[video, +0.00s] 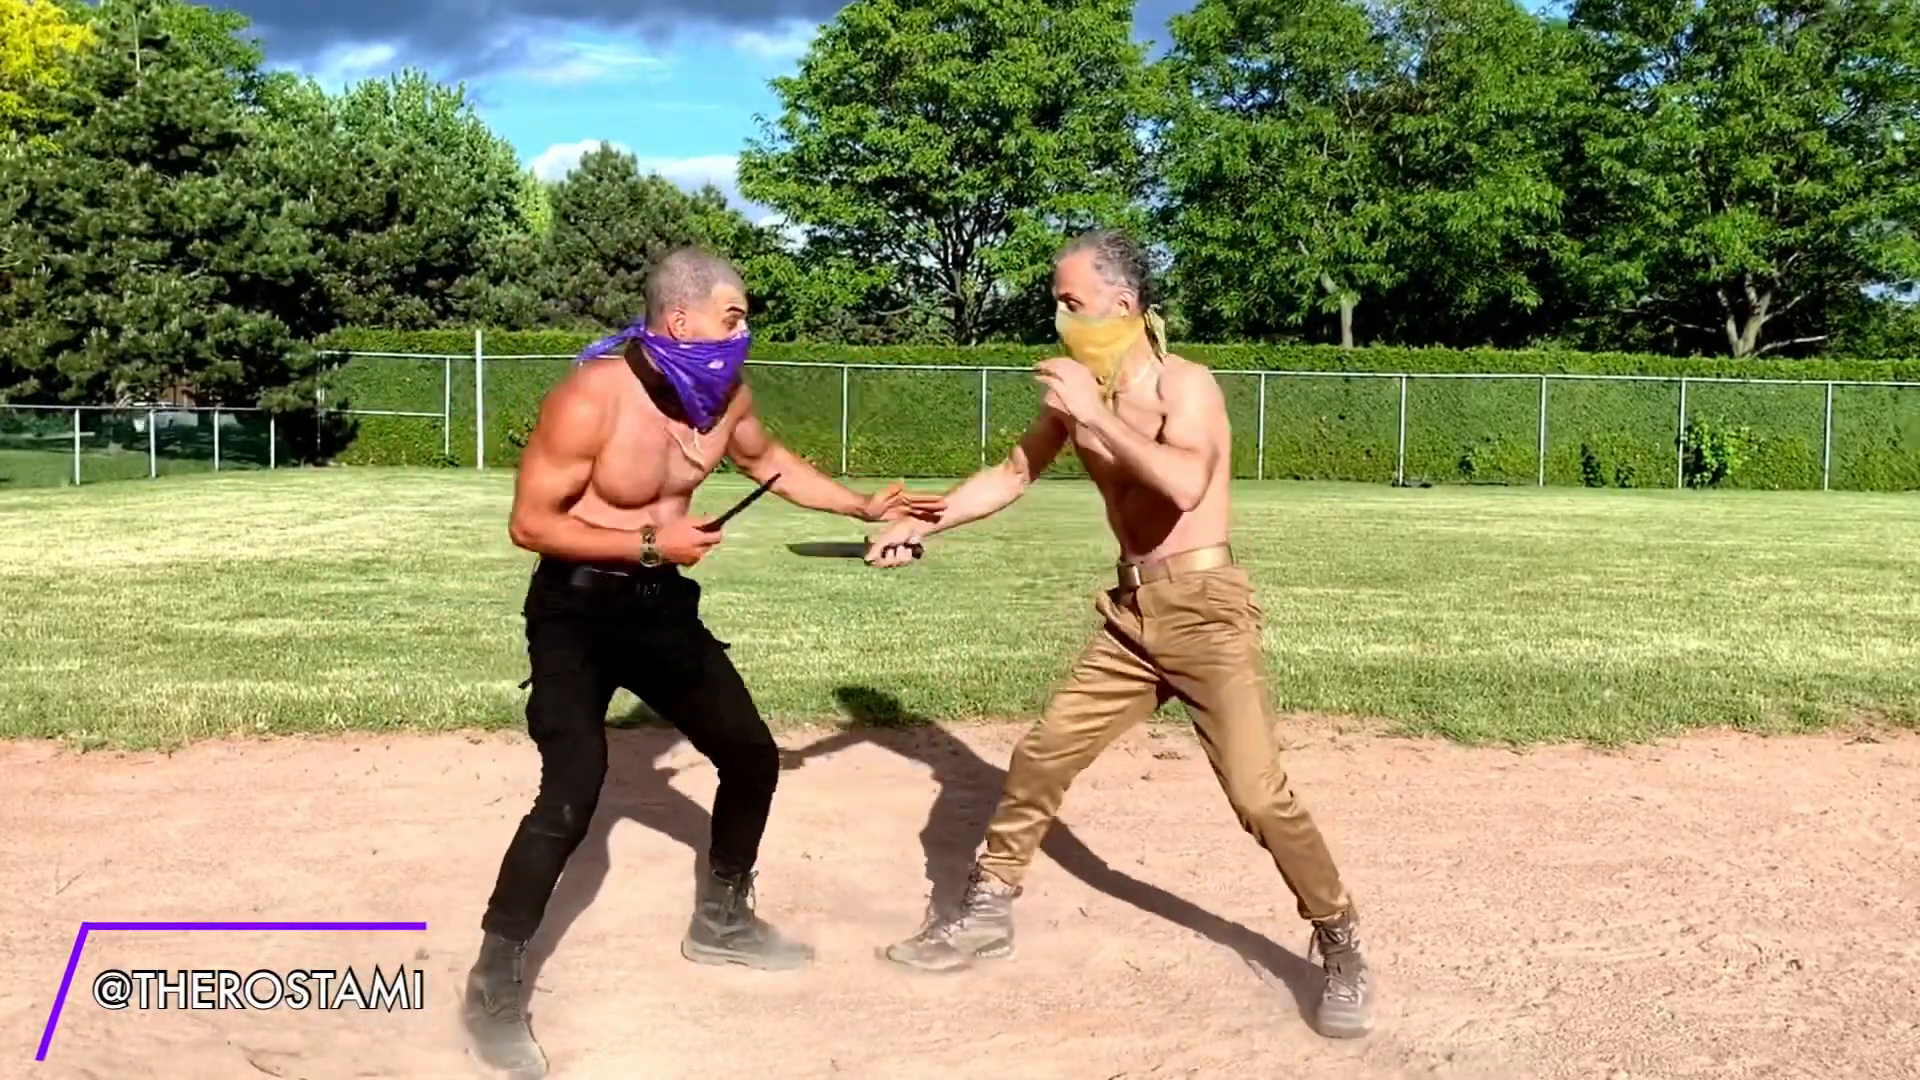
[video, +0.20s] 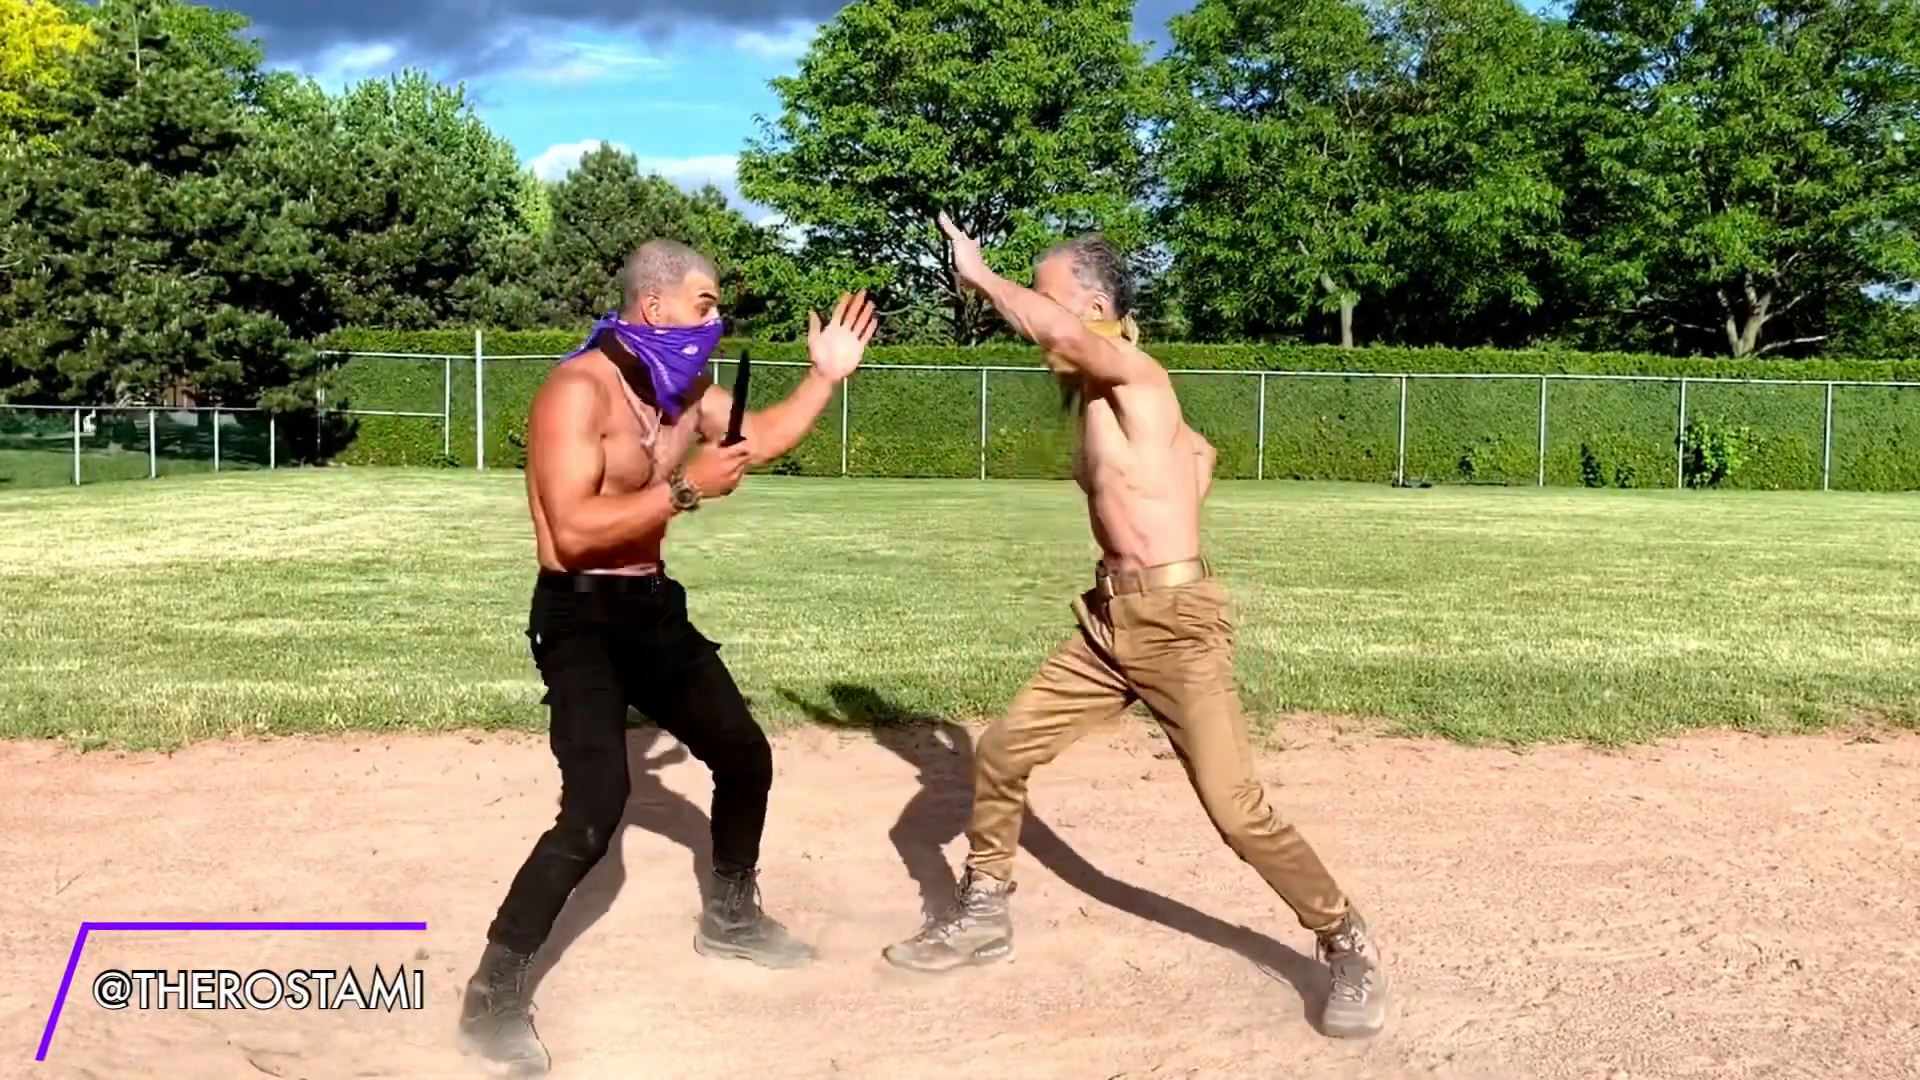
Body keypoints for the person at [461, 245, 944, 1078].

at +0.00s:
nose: (741, 336)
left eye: (745, 321)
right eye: (729, 320)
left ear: (714, 321)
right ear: (676, 321)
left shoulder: (725, 391)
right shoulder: (592, 395)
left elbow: (773, 465)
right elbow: (531, 524)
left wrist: (863, 501)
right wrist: (652, 542)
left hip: (660, 609)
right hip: (572, 612)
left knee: (751, 758)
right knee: (570, 794)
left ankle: (721, 919)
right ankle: (495, 988)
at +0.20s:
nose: (713, 325)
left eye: (716, 310)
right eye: (703, 308)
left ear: (668, 309)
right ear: (653, 307)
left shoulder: (688, 387)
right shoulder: (574, 391)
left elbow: (752, 445)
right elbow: (571, 534)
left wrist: (822, 378)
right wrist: (684, 489)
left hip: (654, 614)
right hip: (579, 618)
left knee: (744, 756)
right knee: (592, 813)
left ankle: (731, 915)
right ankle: (495, 992)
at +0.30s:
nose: (667, 316)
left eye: (669, 303)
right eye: (656, 300)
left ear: (614, 302)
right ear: (610, 299)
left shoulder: (606, 373)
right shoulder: (588, 354)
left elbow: (708, 409)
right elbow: (696, 418)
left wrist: (734, 318)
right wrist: (786, 361)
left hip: (637, 615)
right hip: (575, 624)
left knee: (727, 760)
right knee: (598, 838)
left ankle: (730, 914)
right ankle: (490, 995)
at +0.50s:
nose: (604, 308)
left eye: (606, 294)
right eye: (592, 290)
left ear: (548, 295)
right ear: (542, 288)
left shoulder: (558, 373)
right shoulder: (502, 361)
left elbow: (662, 425)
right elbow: (605, 440)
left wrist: (638, 321)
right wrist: (683, 361)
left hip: (633, 596)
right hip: (564, 608)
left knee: (703, 757)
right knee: (585, 815)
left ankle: (722, 912)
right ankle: (491, 992)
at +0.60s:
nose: (620, 280)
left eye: (621, 266)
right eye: (607, 263)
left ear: (587, 272)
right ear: (552, 264)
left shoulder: (596, 353)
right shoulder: (497, 352)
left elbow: (652, 439)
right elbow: (501, 499)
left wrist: (673, 339)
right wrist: (619, 459)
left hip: (608, 583)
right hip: (531, 592)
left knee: (691, 738)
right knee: (539, 792)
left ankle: (689, 908)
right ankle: (485, 989)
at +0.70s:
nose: (632, 299)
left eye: (634, 285)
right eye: (619, 283)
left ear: (598, 288)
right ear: (565, 283)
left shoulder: (602, 373)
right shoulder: (496, 375)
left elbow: (619, 454)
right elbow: (449, 509)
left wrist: (685, 401)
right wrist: (565, 524)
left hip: (595, 598)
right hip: (511, 602)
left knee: (671, 753)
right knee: (484, 789)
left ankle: (667, 914)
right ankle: (413, 966)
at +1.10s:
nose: (674, 328)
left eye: (675, 315)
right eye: (664, 313)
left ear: (619, 320)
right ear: (615, 316)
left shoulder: (600, 396)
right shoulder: (566, 395)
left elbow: (621, 505)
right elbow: (558, 529)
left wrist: (688, 450)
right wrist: (649, 498)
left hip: (579, 624)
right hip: (518, 627)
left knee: (690, 744)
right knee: (464, 821)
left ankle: (678, 913)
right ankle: (336, 975)